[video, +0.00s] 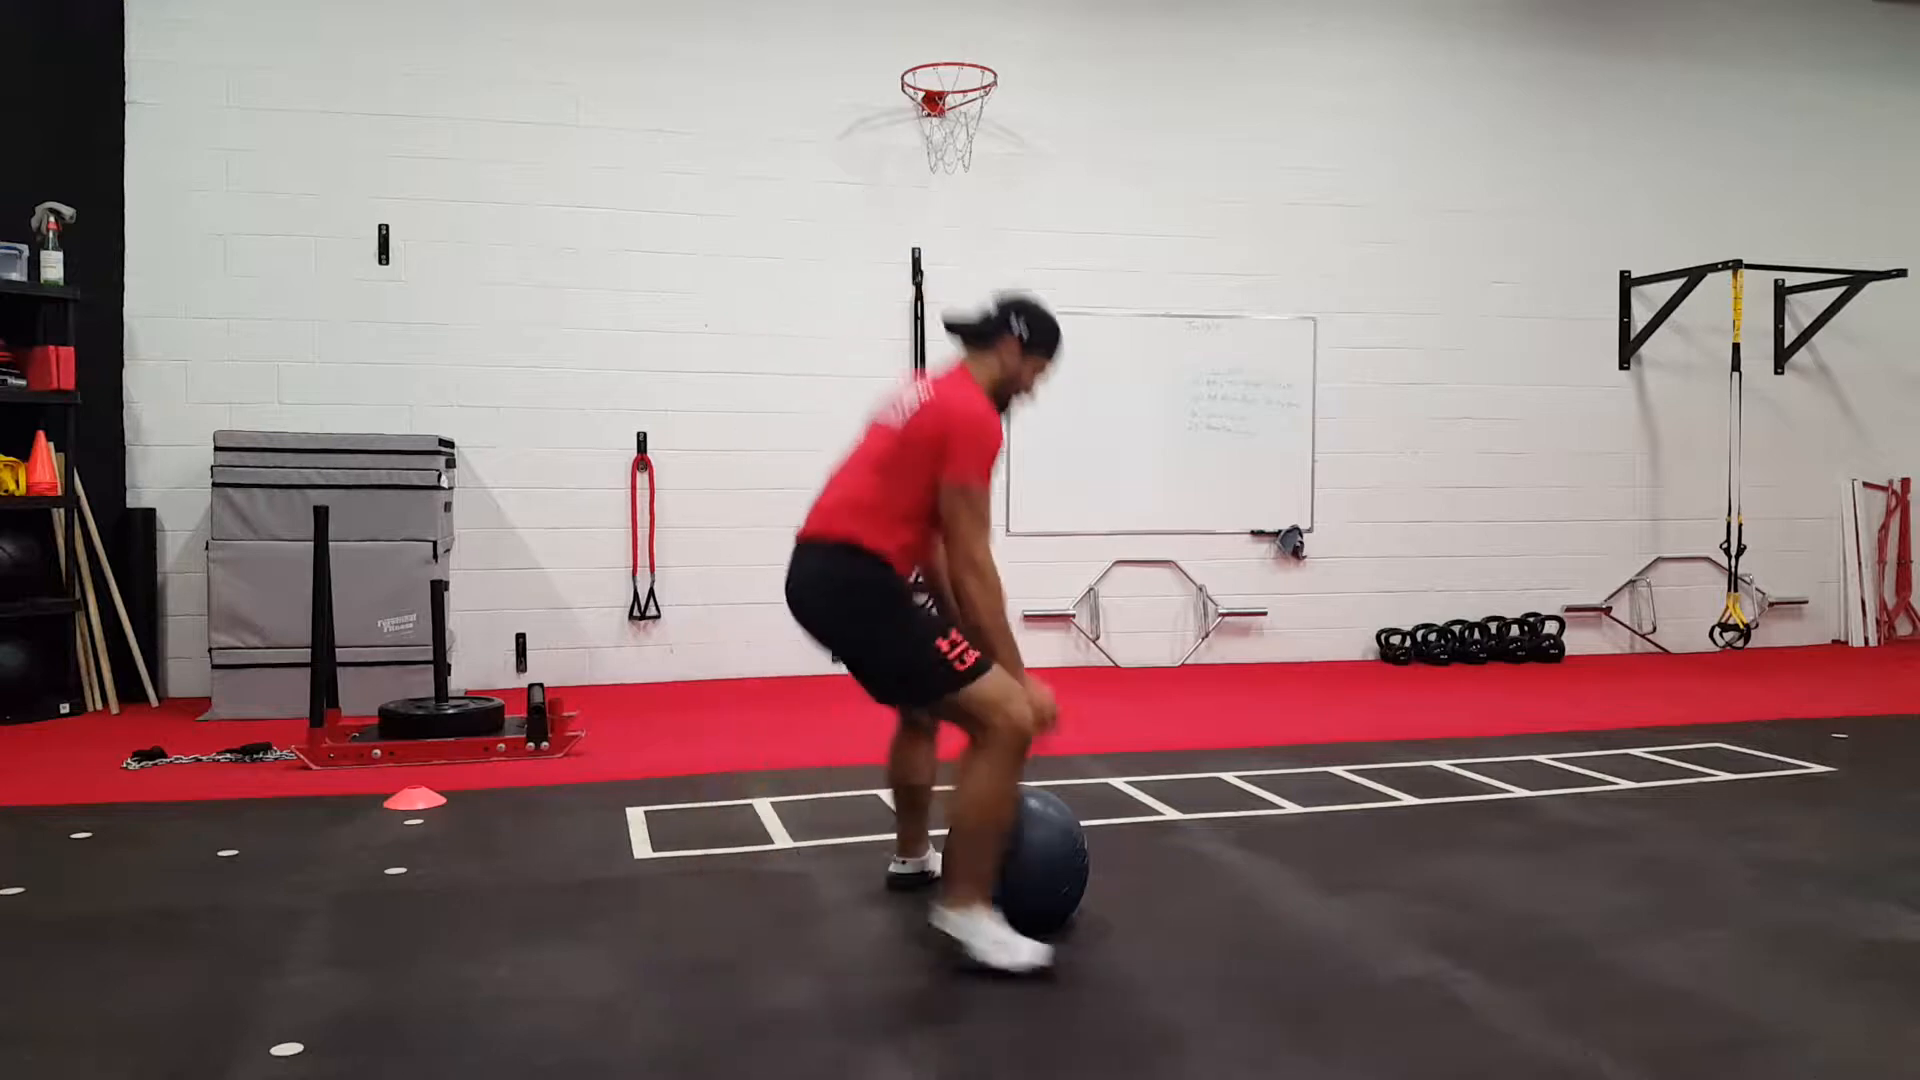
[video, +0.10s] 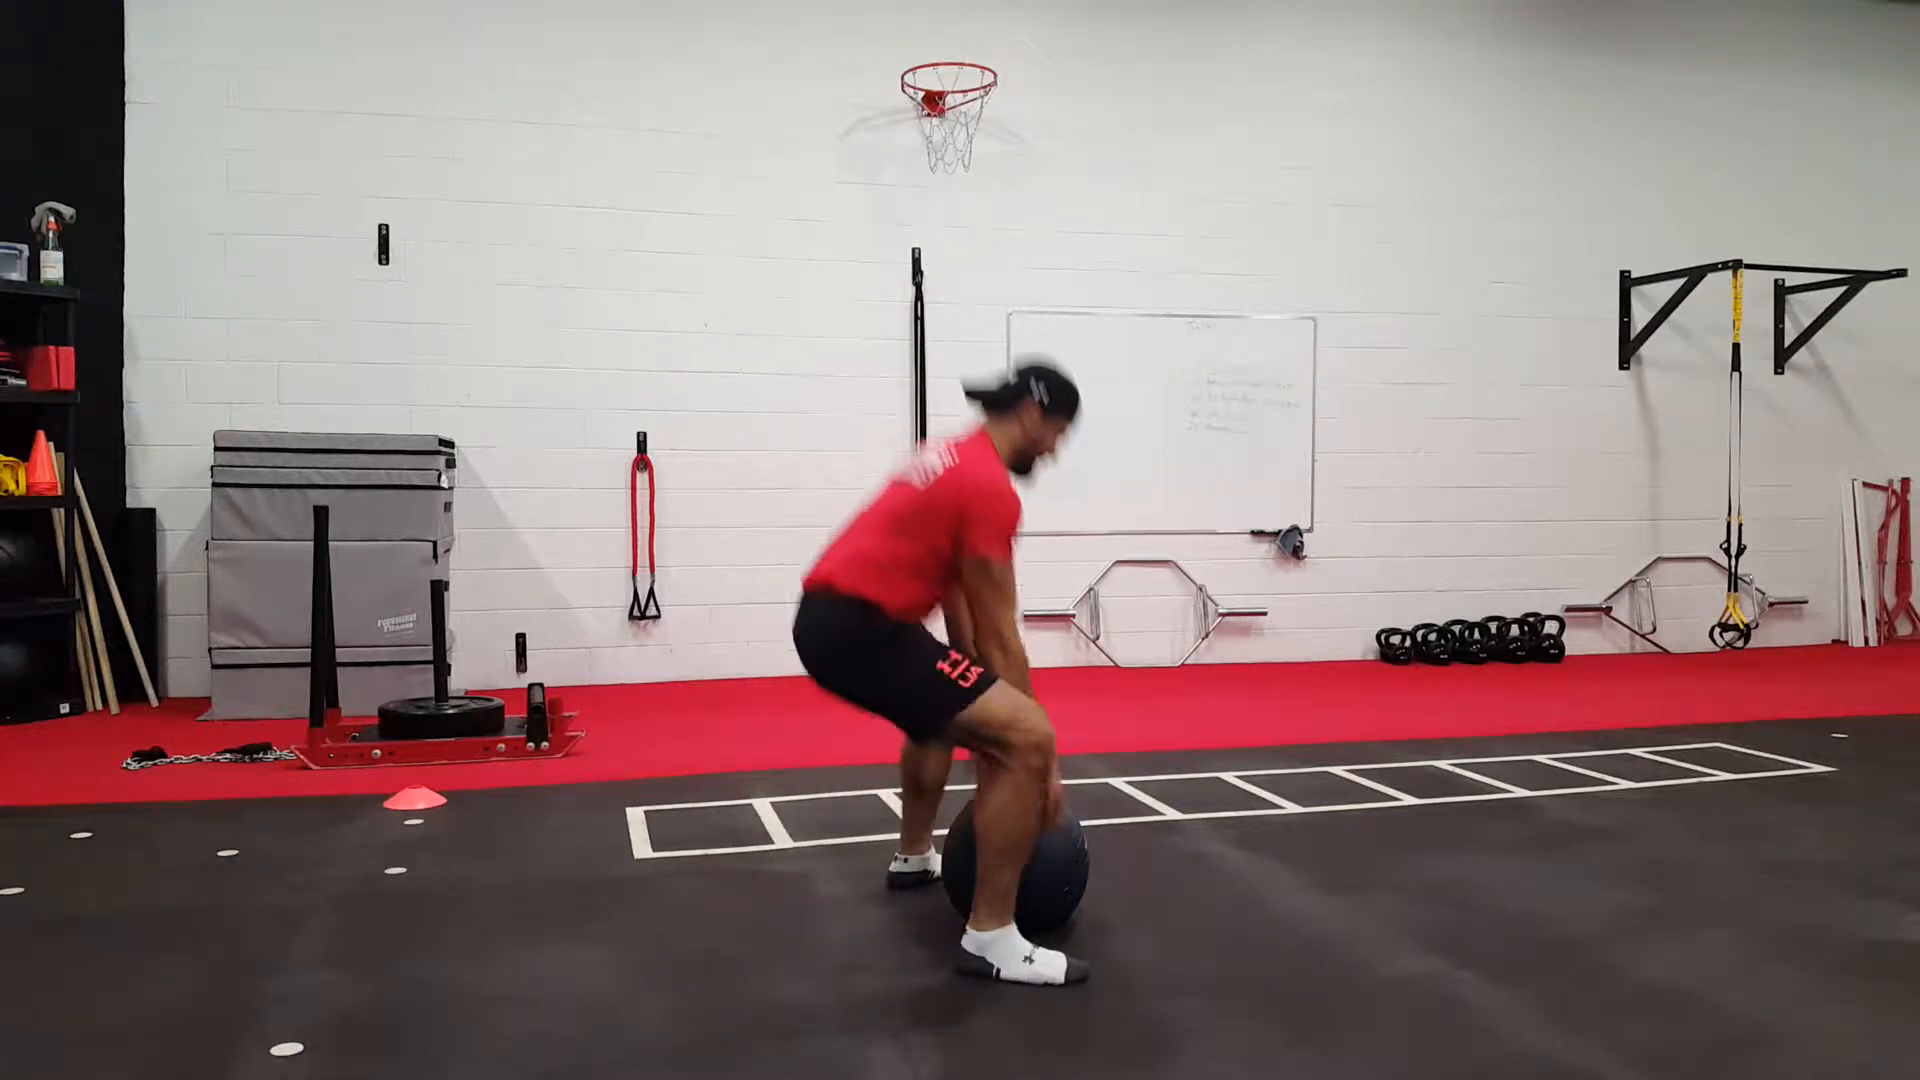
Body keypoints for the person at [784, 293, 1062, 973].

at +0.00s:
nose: (1036, 385)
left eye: (1041, 371)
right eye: (1038, 368)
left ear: (996, 341)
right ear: (1014, 345)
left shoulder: (933, 394)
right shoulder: (969, 413)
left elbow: (936, 557)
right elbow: (970, 561)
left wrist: (975, 653)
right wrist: (1016, 677)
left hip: (824, 569)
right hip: (858, 577)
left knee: (924, 708)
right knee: (1009, 717)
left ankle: (913, 853)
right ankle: (966, 906)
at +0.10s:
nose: (1057, 447)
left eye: (1063, 432)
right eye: (1058, 429)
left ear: (1016, 410)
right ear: (1032, 410)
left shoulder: (952, 459)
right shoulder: (988, 487)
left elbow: (960, 617)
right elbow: (998, 640)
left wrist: (992, 726)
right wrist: (1044, 767)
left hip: (826, 616)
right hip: (859, 627)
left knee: (938, 712)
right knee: (1029, 736)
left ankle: (915, 854)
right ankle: (991, 934)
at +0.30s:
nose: (1085, 539)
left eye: (1090, 527)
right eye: (1087, 523)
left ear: (1044, 506)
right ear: (1060, 508)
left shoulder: (978, 545)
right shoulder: (1024, 587)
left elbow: (972, 681)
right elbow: (1020, 725)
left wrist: (986, 773)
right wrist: (1040, 850)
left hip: (845, 693)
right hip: (880, 707)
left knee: (963, 709)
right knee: (1063, 752)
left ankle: (915, 852)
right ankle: (996, 934)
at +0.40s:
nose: (1089, 565)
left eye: (1094, 553)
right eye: (1092, 550)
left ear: (1049, 533)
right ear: (1065, 536)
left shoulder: (981, 570)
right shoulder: (1032, 610)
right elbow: (1019, 750)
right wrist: (1041, 872)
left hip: (850, 716)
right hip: (882, 730)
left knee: (962, 719)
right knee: (1070, 758)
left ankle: (916, 854)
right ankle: (996, 935)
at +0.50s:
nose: (1091, 579)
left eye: (1096, 567)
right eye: (1094, 564)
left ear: (1046, 543)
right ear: (1069, 549)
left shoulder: (986, 581)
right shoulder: (1038, 620)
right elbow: (1026, 758)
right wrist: (1050, 886)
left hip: (852, 729)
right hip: (887, 746)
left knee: (966, 724)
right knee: (1074, 759)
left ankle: (919, 851)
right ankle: (996, 933)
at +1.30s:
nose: (1112, 536)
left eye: (1116, 524)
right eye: (1113, 522)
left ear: (1071, 505)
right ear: (1084, 507)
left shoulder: (1021, 538)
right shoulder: (1066, 563)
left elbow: (974, 665)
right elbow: (1013, 683)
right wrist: (1018, 783)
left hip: (856, 657)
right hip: (881, 670)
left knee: (959, 708)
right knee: (1052, 745)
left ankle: (917, 850)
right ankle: (992, 932)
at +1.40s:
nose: (1107, 561)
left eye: (1111, 548)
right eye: (1106, 546)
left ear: (1062, 533)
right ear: (1075, 536)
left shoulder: (1011, 570)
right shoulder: (1060, 600)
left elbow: (975, 701)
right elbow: (1007, 728)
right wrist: (991, 827)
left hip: (851, 685)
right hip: (879, 700)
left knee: (963, 714)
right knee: (1057, 750)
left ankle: (918, 853)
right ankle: (993, 934)